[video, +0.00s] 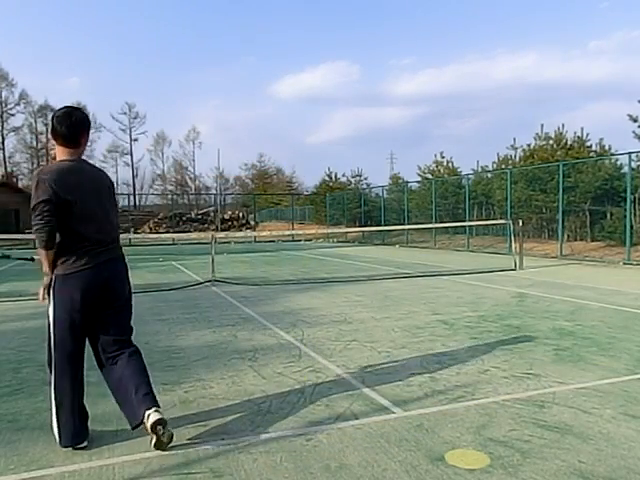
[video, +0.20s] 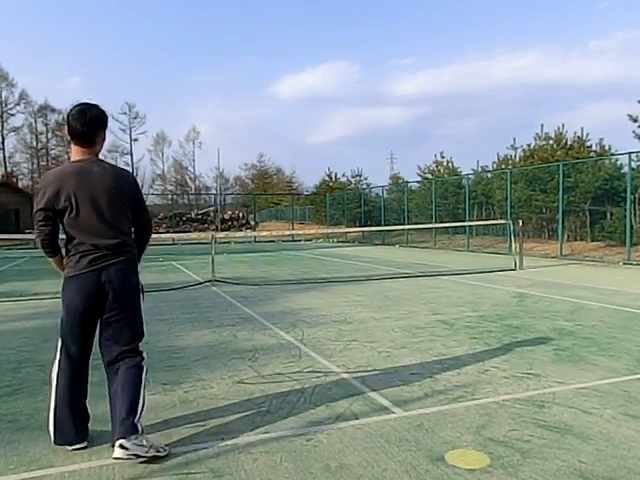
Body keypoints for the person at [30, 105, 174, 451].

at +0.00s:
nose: (88, 140)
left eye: (54, 135)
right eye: (88, 135)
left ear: (52, 138)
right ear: (87, 138)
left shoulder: (47, 177)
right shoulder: (101, 177)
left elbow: (44, 230)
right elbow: (109, 229)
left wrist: (50, 273)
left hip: (72, 278)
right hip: (113, 274)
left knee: (65, 358)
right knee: (118, 346)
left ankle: (73, 434)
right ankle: (149, 411)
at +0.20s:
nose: (104, 138)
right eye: (105, 133)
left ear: (67, 135)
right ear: (102, 136)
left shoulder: (52, 180)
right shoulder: (122, 177)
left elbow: (45, 237)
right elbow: (144, 228)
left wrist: (66, 266)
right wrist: (128, 260)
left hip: (79, 278)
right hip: (121, 276)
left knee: (73, 354)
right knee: (125, 353)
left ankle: (70, 434)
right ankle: (127, 437)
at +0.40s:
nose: (131, 136)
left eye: (127, 131)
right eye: (131, 132)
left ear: (94, 136)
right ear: (126, 135)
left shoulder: (77, 181)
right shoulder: (144, 176)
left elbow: (61, 235)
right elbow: (175, 225)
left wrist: (85, 264)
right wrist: (184, 261)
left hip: (99, 280)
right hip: (140, 279)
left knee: (92, 355)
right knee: (136, 360)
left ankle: (76, 430)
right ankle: (123, 449)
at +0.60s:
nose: (155, 131)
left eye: (153, 125)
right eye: (154, 126)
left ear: (118, 130)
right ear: (149, 129)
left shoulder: (98, 176)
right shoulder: (158, 169)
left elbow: (68, 223)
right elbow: (176, 221)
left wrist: (95, 262)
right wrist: (205, 260)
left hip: (115, 276)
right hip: (149, 274)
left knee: (130, 353)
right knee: (149, 357)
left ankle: (136, 423)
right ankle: (124, 450)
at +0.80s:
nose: (176, 131)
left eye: (174, 125)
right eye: (175, 125)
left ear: (141, 131)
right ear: (168, 128)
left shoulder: (132, 176)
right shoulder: (168, 169)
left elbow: (133, 236)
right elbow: (174, 227)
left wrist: (132, 287)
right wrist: (206, 272)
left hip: (145, 273)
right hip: (161, 274)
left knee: (185, 354)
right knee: (159, 363)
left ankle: (201, 429)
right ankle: (127, 445)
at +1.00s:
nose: (188, 132)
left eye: (186, 125)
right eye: (187, 126)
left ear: (154, 131)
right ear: (180, 129)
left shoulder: (154, 172)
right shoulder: (176, 170)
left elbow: (166, 230)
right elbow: (180, 225)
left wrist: (203, 273)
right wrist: (205, 274)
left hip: (173, 273)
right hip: (182, 275)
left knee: (210, 355)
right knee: (191, 359)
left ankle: (206, 434)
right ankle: (143, 432)